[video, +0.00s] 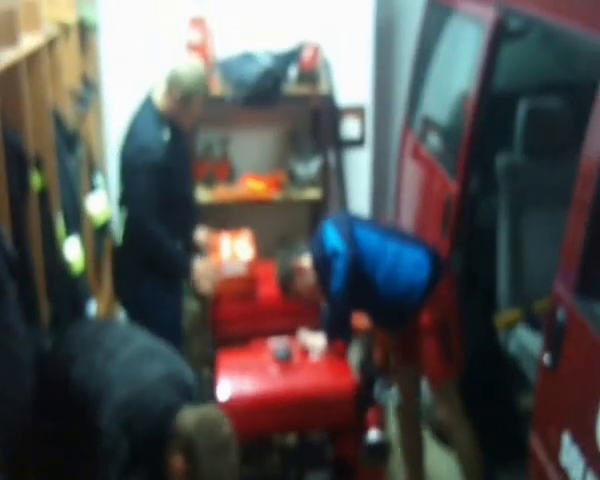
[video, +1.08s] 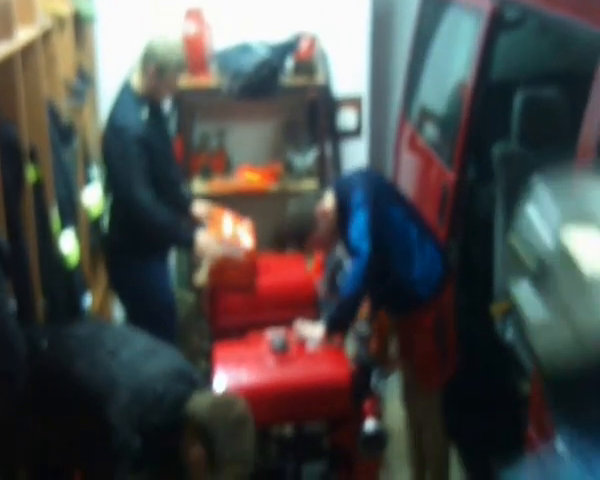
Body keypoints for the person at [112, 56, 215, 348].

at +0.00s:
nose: (200, 113)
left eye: (202, 104)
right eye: (197, 104)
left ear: (174, 95)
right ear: (177, 98)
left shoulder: (167, 127)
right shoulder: (152, 145)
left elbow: (169, 198)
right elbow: (146, 222)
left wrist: (191, 230)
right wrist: (187, 266)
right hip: (149, 269)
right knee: (162, 357)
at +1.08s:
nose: (175, 86)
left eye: (177, 78)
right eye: (172, 77)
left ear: (155, 73)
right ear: (152, 72)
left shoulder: (151, 109)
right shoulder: (127, 124)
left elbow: (161, 178)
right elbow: (139, 202)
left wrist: (187, 205)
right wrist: (190, 237)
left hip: (150, 244)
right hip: (134, 251)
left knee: (157, 336)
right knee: (159, 340)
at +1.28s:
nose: (184, 79)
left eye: (185, 71)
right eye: (181, 70)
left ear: (164, 64)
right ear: (161, 65)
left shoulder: (155, 100)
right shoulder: (141, 117)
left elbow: (175, 153)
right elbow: (162, 191)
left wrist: (211, 173)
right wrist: (219, 209)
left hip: (157, 234)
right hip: (147, 243)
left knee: (159, 328)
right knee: (164, 335)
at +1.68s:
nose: (208, 72)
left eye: (210, 64)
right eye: (207, 64)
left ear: (186, 51)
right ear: (190, 54)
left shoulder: (169, 82)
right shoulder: (168, 100)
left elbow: (208, 132)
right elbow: (199, 169)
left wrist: (246, 167)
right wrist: (257, 197)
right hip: (154, 234)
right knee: (164, 327)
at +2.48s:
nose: (237, 41)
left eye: (240, 33)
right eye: (237, 32)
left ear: (214, 19)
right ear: (222, 24)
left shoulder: (189, 44)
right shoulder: (186, 68)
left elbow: (216, 115)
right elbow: (207, 144)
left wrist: (250, 157)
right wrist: (250, 178)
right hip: (155, 193)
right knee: (169, 282)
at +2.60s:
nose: (238, 36)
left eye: (241, 28)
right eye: (239, 27)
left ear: (215, 13)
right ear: (224, 19)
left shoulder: (182, 36)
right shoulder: (192, 62)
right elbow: (213, 137)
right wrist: (258, 163)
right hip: (158, 185)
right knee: (170, 273)